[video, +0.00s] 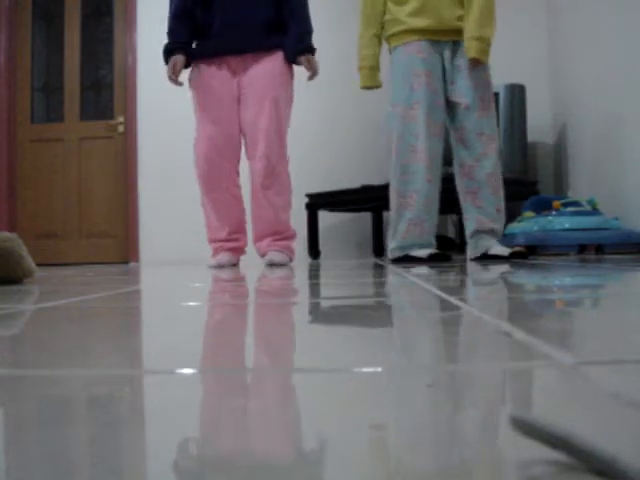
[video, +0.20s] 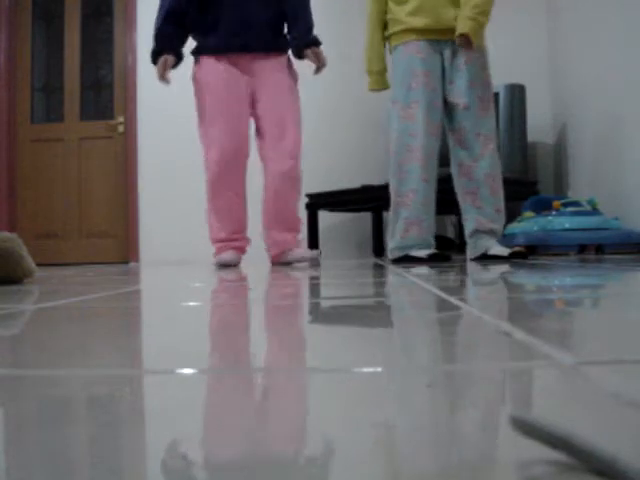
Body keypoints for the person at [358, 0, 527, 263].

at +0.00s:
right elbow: (373, 4)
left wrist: (479, 31)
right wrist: (368, 56)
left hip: (467, 30)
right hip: (412, 30)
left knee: (478, 140)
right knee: (416, 139)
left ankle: (484, 240)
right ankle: (410, 242)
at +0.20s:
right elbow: (377, 6)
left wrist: (472, 17)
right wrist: (376, 62)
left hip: (465, 30)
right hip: (413, 31)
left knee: (477, 139)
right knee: (416, 139)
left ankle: (483, 239)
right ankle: (410, 243)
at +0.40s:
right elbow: (376, 5)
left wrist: (485, 26)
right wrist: (378, 55)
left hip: (461, 25)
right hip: (404, 30)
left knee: (468, 132)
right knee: (406, 135)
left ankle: (475, 232)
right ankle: (403, 236)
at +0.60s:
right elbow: (369, 5)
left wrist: (507, 32)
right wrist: (363, 59)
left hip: (453, 22)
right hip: (394, 26)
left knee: (453, 137)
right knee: (388, 141)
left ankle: (463, 242)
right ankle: (384, 245)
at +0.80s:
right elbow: (372, 4)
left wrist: (509, 37)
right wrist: (364, 53)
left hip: (451, 26)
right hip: (393, 30)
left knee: (453, 137)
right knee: (384, 139)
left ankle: (462, 242)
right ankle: (382, 245)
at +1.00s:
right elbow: (371, 4)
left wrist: (475, 27)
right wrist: (365, 50)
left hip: (449, 29)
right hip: (392, 32)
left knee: (453, 139)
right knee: (386, 143)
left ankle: (462, 241)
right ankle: (383, 244)